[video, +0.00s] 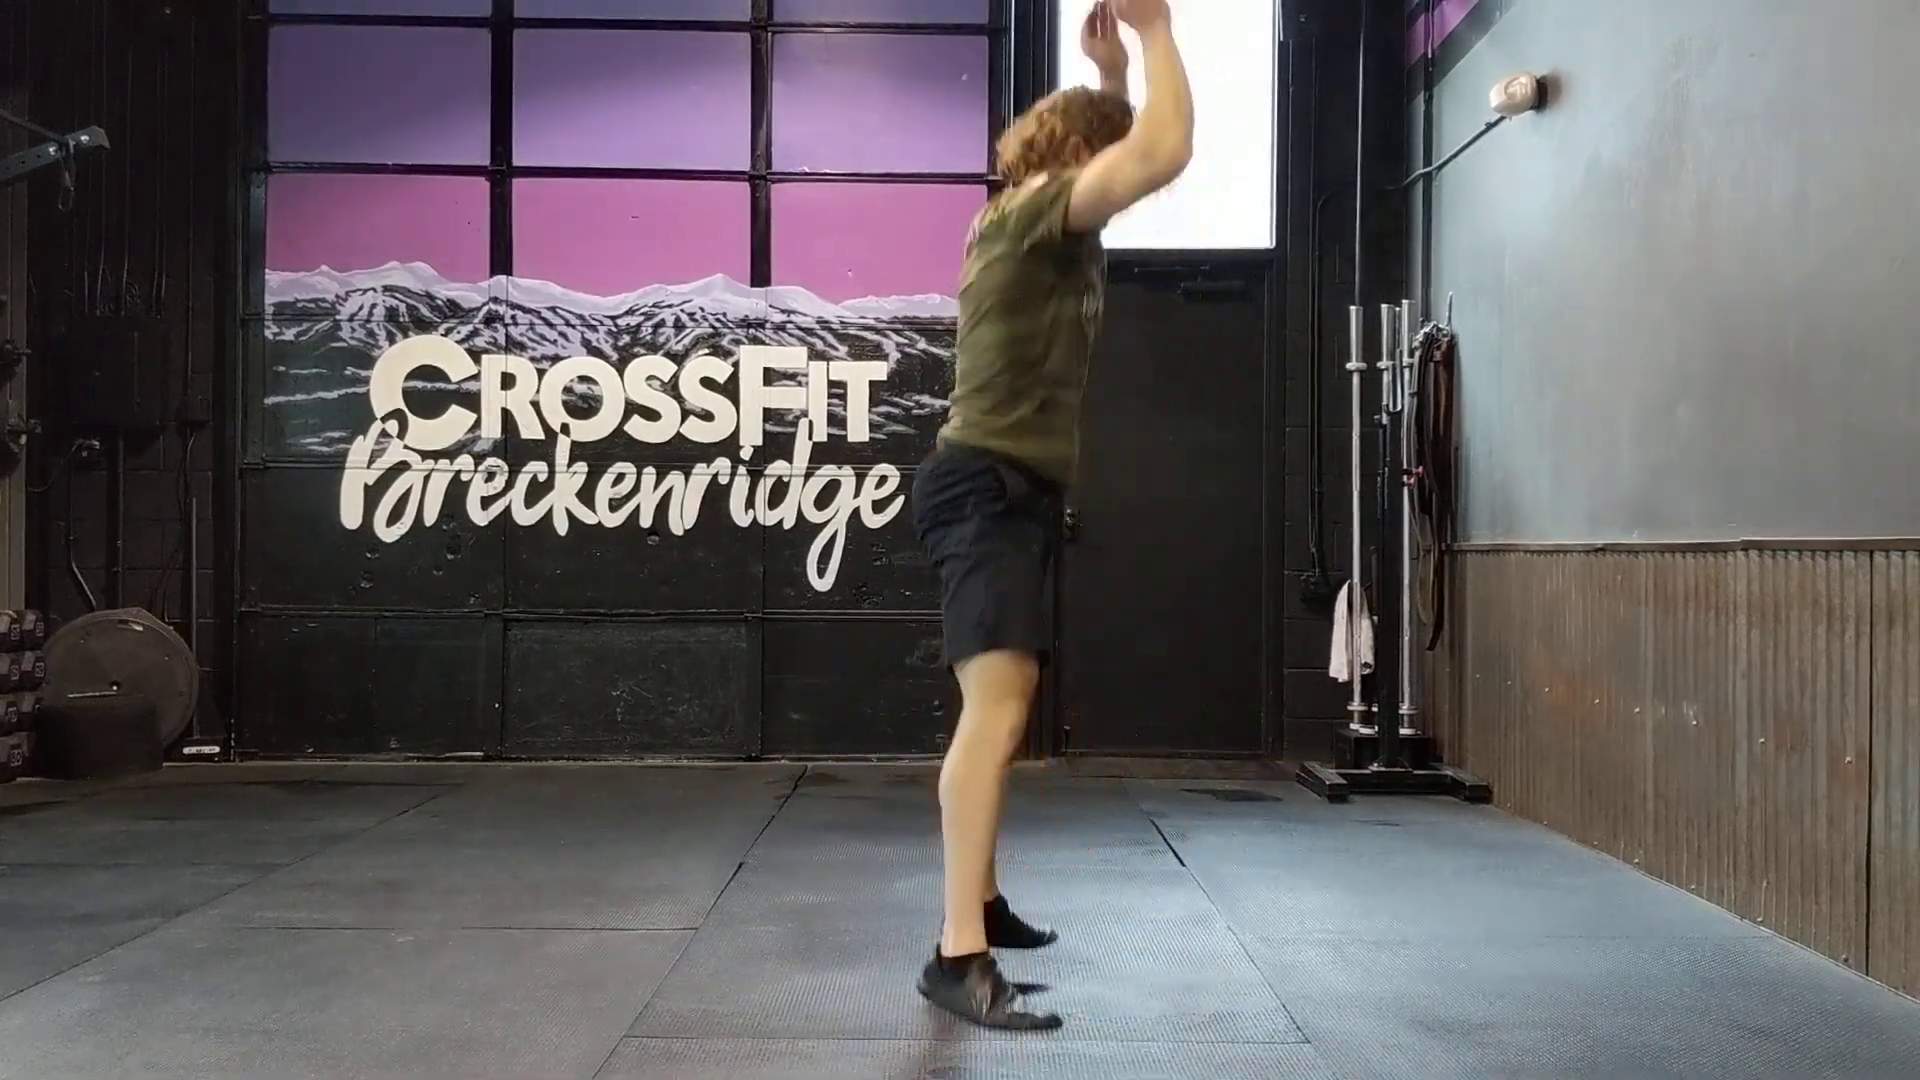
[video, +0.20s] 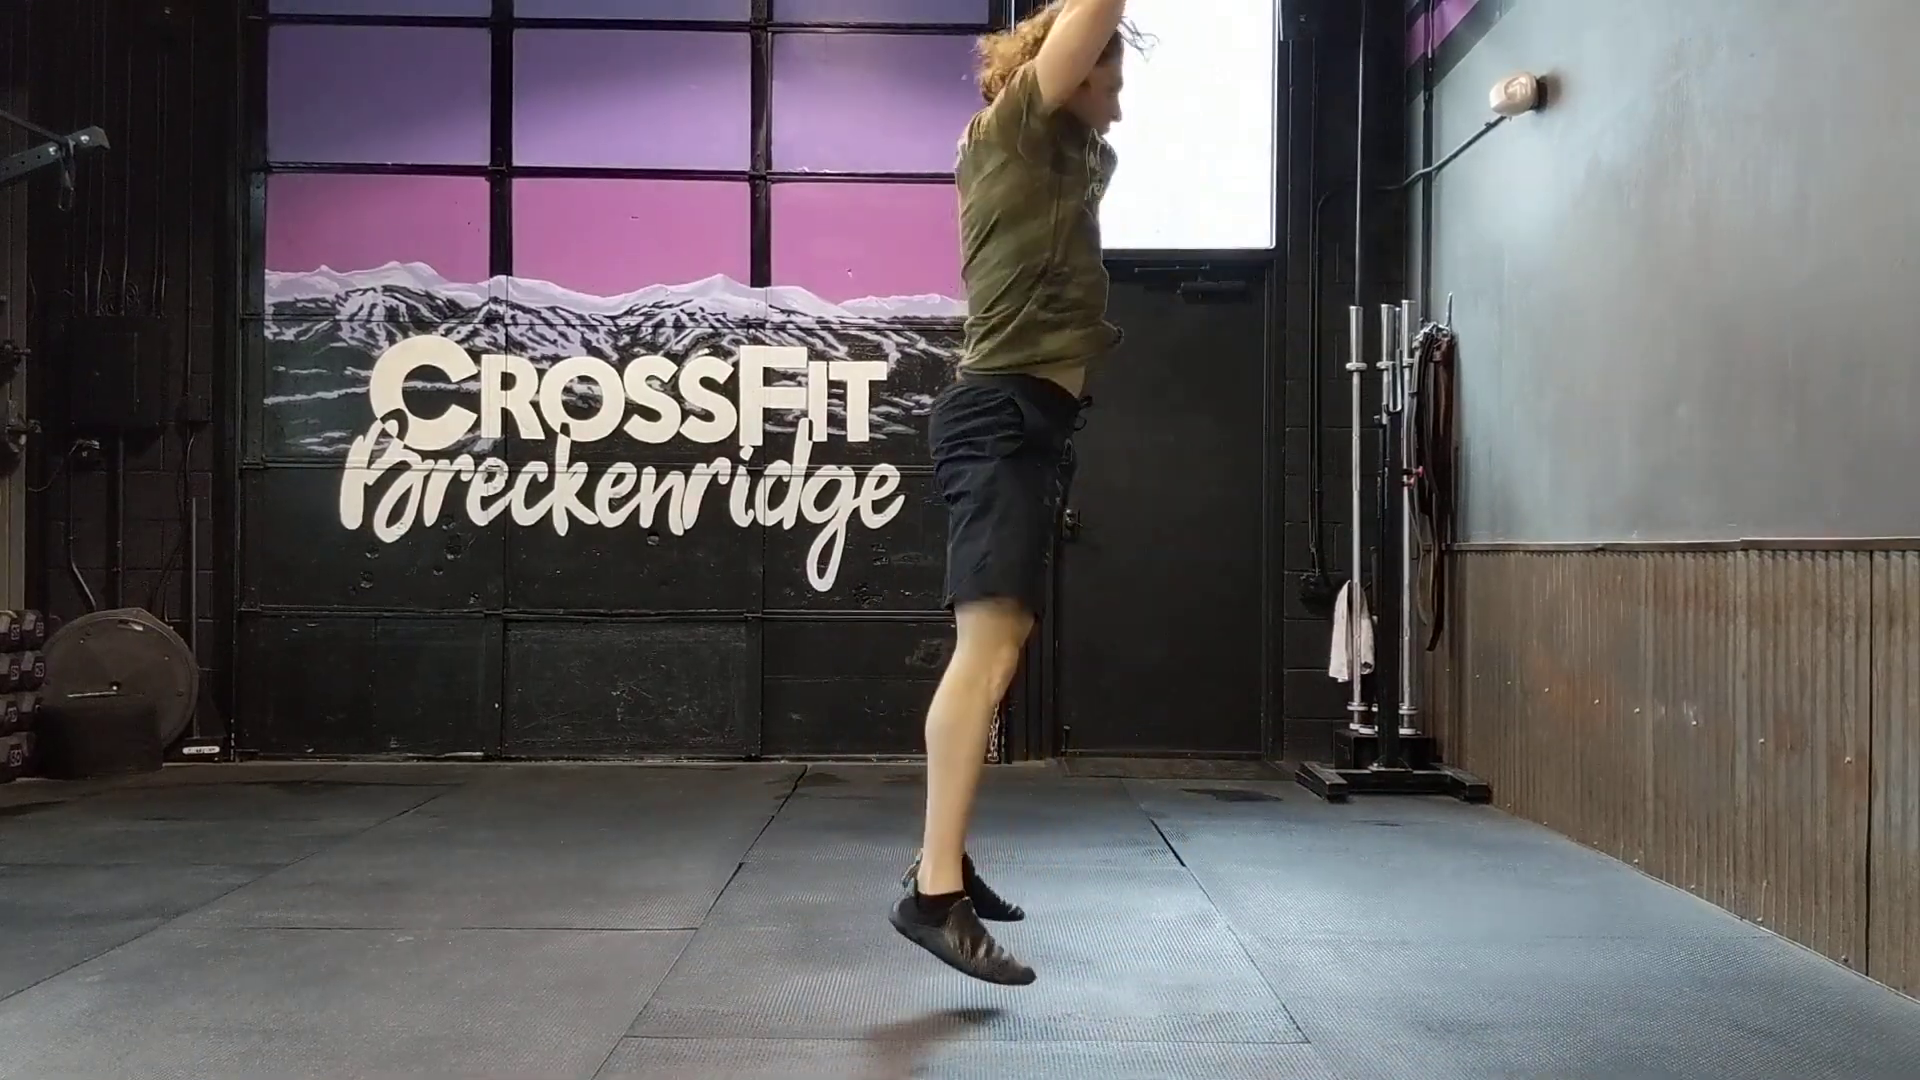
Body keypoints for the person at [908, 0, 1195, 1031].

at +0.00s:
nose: (1116, 181)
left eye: (1119, 162)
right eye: (1112, 161)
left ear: (1049, 150)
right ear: (1074, 156)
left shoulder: (1032, 219)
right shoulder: (1030, 216)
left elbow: (1099, 145)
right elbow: (1160, 152)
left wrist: (1110, 66)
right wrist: (1158, 30)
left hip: (1011, 490)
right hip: (985, 486)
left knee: (996, 709)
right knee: (994, 713)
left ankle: (974, 897)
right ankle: (957, 954)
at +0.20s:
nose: (1119, 77)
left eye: (1120, 58)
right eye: (1105, 57)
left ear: (1082, 68)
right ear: (1055, 61)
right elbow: (1094, 12)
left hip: (1032, 421)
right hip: (1000, 416)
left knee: (996, 649)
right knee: (988, 646)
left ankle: (946, 856)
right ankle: (933, 889)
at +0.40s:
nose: (1107, 210)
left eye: (1107, 190)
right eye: (1093, 191)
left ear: (1033, 171)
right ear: (1056, 185)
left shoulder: (1028, 262)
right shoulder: (1009, 258)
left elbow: (1073, 168)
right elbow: (1073, 170)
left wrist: (1099, 77)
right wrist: (1103, 70)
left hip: (1011, 533)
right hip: (991, 535)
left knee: (1014, 759)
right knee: (1014, 763)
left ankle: (940, 955)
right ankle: (911, 995)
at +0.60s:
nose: (1175, 271)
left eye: (1181, 253)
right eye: (1174, 248)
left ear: (1125, 225)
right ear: (1128, 223)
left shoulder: (1073, 301)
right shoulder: (1055, 293)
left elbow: (1032, 450)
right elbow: (1027, 442)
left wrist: (1081, 550)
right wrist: (1113, 562)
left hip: (975, 540)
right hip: (951, 533)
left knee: (982, 757)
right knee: (982, 759)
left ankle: (930, 955)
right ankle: (909, 997)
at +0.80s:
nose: (1245, 432)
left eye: (1255, 416)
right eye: (1248, 411)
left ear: (1208, 377)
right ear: (1210, 377)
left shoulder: (1122, 406)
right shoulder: (1115, 401)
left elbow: (1039, 574)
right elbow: (1040, 569)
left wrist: (1051, 706)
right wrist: (1073, 718)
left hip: (921, 550)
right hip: (906, 546)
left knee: (981, 765)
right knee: (981, 770)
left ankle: (929, 964)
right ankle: (906, 1002)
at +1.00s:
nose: (1254, 606)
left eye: (1266, 593)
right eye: (1261, 586)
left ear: (1224, 541)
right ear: (1228, 546)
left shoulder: (1143, 542)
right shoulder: (1145, 553)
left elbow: (1101, 726)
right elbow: (1110, 738)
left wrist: (1123, 865)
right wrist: (1145, 894)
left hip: (901, 566)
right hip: (892, 569)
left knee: (993, 768)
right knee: (994, 773)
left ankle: (934, 963)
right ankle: (906, 1004)